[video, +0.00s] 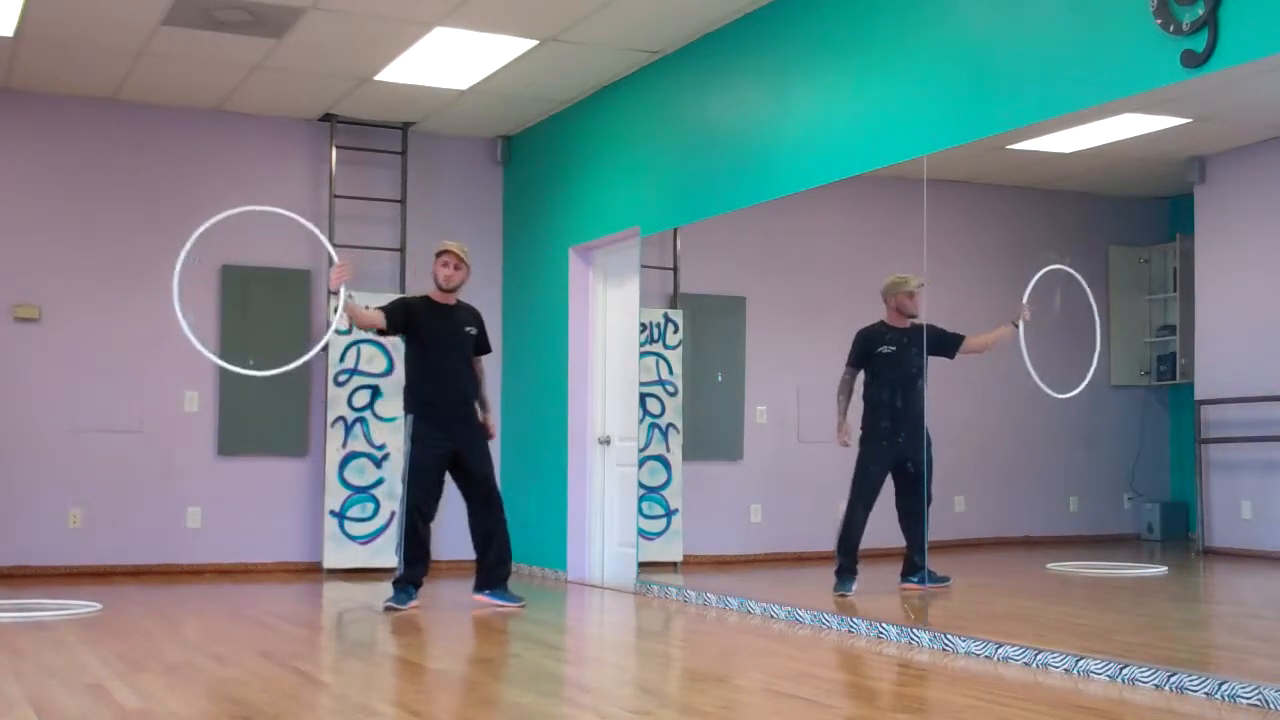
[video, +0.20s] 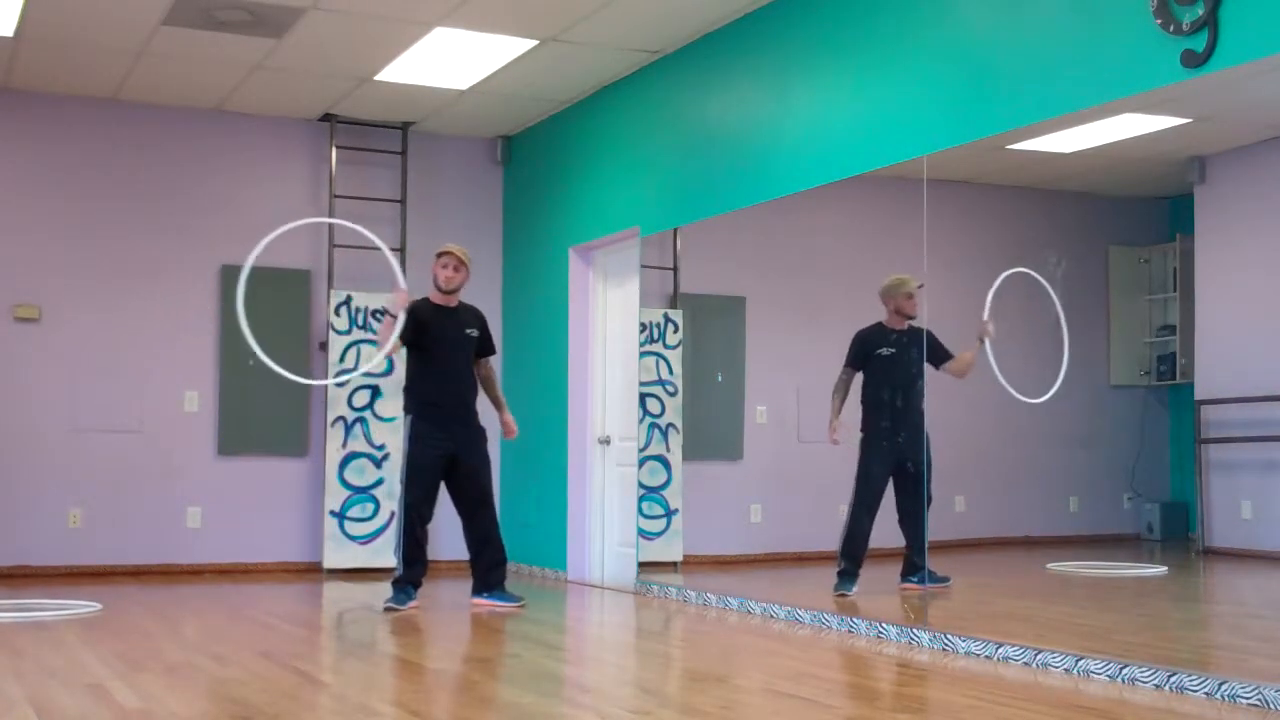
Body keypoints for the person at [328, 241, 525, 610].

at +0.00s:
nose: (449, 270)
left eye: (457, 266)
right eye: (444, 264)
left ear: (465, 275)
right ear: (433, 270)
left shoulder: (470, 316)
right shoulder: (412, 307)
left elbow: (476, 368)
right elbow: (367, 319)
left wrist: (485, 412)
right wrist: (340, 293)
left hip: (467, 423)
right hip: (427, 423)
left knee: (486, 501)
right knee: (418, 505)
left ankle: (491, 584)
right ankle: (407, 585)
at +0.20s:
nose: (450, 272)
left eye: (458, 268)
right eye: (444, 266)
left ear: (466, 277)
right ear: (433, 272)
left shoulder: (473, 317)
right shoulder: (417, 312)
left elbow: (484, 369)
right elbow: (386, 347)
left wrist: (503, 411)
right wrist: (394, 312)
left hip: (466, 426)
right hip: (425, 426)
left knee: (480, 508)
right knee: (415, 509)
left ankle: (488, 586)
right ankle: (406, 586)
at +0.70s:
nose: (469, 273)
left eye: (475, 269)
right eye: (462, 267)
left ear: (481, 277)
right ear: (448, 272)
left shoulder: (486, 317)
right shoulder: (430, 314)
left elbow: (494, 369)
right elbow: (439, 360)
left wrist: (512, 409)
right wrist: (487, 375)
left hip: (473, 422)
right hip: (433, 422)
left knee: (485, 506)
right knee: (418, 505)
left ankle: (496, 587)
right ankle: (404, 584)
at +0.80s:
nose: (475, 275)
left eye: (481, 271)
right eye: (469, 268)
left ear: (486, 279)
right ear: (454, 272)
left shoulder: (486, 320)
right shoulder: (432, 311)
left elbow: (492, 371)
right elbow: (448, 357)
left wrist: (509, 414)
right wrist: (495, 379)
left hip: (473, 423)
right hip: (434, 423)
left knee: (485, 505)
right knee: (419, 505)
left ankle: (495, 586)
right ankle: (405, 585)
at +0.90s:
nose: (482, 275)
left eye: (487, 270)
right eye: (476, 268)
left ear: (490, 278)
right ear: (460, 272)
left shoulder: (489, 320)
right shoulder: (438, 312)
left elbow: (493, 373)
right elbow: (462, 357)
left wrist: (506, 417)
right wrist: (505, 381)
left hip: (479, 422)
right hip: (440, 422)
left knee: (488, 504)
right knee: (424, 504)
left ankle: (494, 585)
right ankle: (407, 585)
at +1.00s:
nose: (488, 276)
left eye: (494, 272)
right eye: (482, 269)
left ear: (497, 280)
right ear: (465, 273)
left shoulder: (496, 321)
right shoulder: (447, 311)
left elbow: (500, 374)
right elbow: (473, 351)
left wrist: (511, 418)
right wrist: (513, 380)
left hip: (487, 420)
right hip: (449, 419)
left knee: (493, 505)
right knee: (432, 503)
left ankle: (494, 585)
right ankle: (411, 584)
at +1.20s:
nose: (503, 277)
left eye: (508, 273)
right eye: (497, 270)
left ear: (512, 280)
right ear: (481, 273)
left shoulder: (516, 321)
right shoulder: (464, 308)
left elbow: (526, 376)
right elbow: (496, 336)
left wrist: (535, 420)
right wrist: (533, 357)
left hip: (503, 422)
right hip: (465, 420)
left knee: (501, 506)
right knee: (453, 502)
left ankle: (495, 585)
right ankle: (445, 581)